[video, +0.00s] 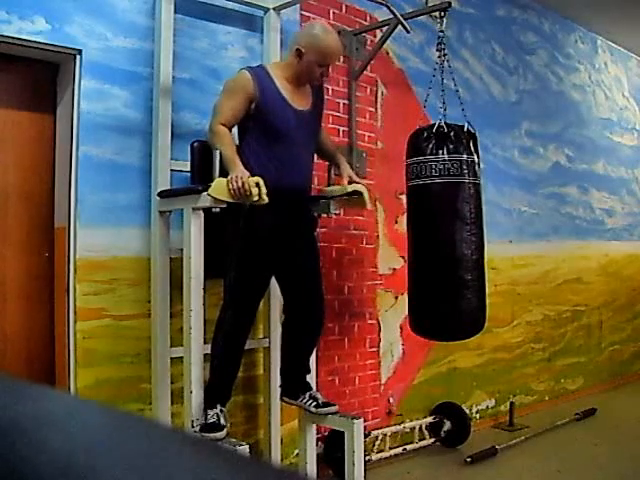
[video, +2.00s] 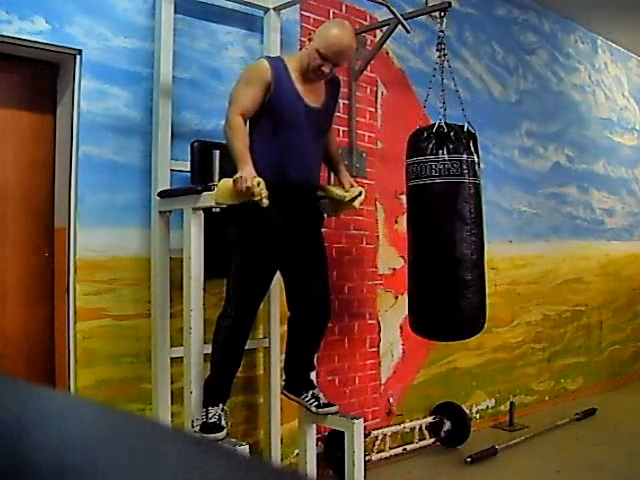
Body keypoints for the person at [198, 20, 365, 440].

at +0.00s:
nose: (325, 74)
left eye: (330, 67)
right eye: (323, 66)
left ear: (317, 60)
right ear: (300, 54)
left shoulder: (312, 91)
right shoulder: (251, 82)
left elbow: (311, 134)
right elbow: (219, 127)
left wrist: (341, 161)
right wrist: (236, 167)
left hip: (296, 216)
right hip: (254, 216)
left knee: (307, 307)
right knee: (238, 311)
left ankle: (295, 387)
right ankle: (213, 409)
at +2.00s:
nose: (326, 70)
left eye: (336, 66)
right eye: (324, 59)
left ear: (343, 63)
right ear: (310, 41)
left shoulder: (329, 88)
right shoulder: (265, 71)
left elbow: (322, 133)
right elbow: (236, 117)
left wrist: (342, 172)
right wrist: (244, 167)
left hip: (303, 212)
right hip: (261, 209)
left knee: (314, 306)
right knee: (239, 310)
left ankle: (298, 382)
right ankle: (213, 404)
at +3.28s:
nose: (334, 35)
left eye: (340, 29)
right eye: (330, 25)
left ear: (344, 28)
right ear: (307, 12)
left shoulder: (334, 68)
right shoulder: (267, 55)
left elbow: (333, 124)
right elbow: (246, 113)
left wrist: (339, 177)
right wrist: (246, 169)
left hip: (316, 185)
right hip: (276, 184)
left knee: (340, 280)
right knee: (284, 284)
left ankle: (301, 360)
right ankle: (270, 375)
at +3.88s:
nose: (361, 83)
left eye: (364, 74)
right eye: (354, 73)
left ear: (364, 73)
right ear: (328, 66)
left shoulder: (350, 108)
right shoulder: (286, 93)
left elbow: (339, 146)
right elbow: (231, 117)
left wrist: (340, 180)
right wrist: (242, 169)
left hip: (305, 223)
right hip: (266, 220)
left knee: (327, 316)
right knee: (281, 315)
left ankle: (279, 396)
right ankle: (252, 391)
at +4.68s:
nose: (368, 76)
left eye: (372, 67)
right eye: (361, 65)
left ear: (372, 68)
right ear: (336, 60)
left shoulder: (357, 107)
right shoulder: (293, 96)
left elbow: (327, 153)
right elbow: (235, 116)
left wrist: (338, 185)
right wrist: (242, 170)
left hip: (308, 227)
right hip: (268, 223)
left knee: (318, 322)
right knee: (258, 319)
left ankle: (241, 357)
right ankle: (239, 361)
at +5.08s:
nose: (362, 48)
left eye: (367, 40)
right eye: (356, 38)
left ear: (367, 42)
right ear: (330, 32)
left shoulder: (350, 80)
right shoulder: (282, 70)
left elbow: (334, 136)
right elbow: (240, 114)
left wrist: (341, 179)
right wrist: (243, 170)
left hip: (311, 206)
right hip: (271, 202)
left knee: (321, 297)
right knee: (260, 291)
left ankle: (244, 332)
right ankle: (245, 341)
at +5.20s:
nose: (365, 85)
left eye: (369, 76)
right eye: (359, 74)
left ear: (371, 74)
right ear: (334, 66)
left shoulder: (352, 111)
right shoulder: (289, 95)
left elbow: (336, 148)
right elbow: (233, 117)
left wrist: (341, 180)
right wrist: (243, 169)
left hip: (304, 230)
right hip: (264, 222)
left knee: (321, 318)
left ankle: (251, 373)